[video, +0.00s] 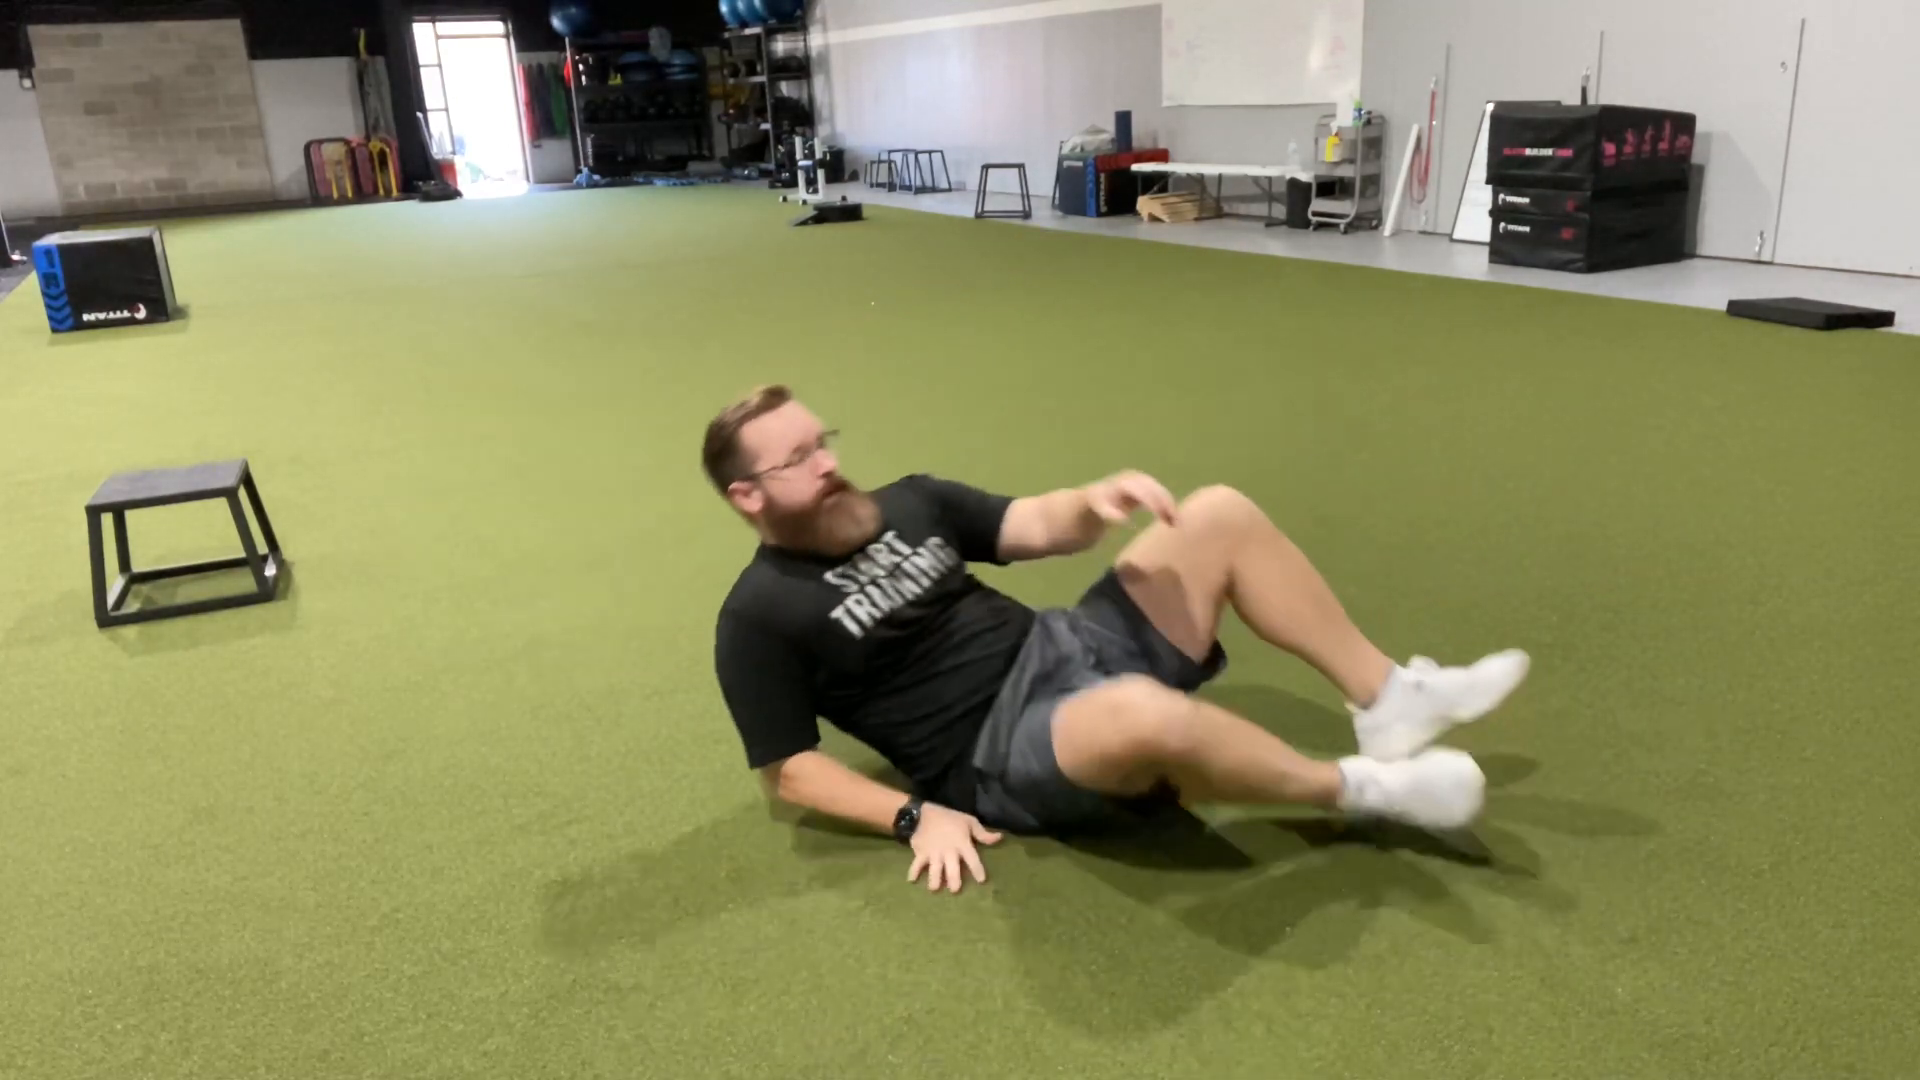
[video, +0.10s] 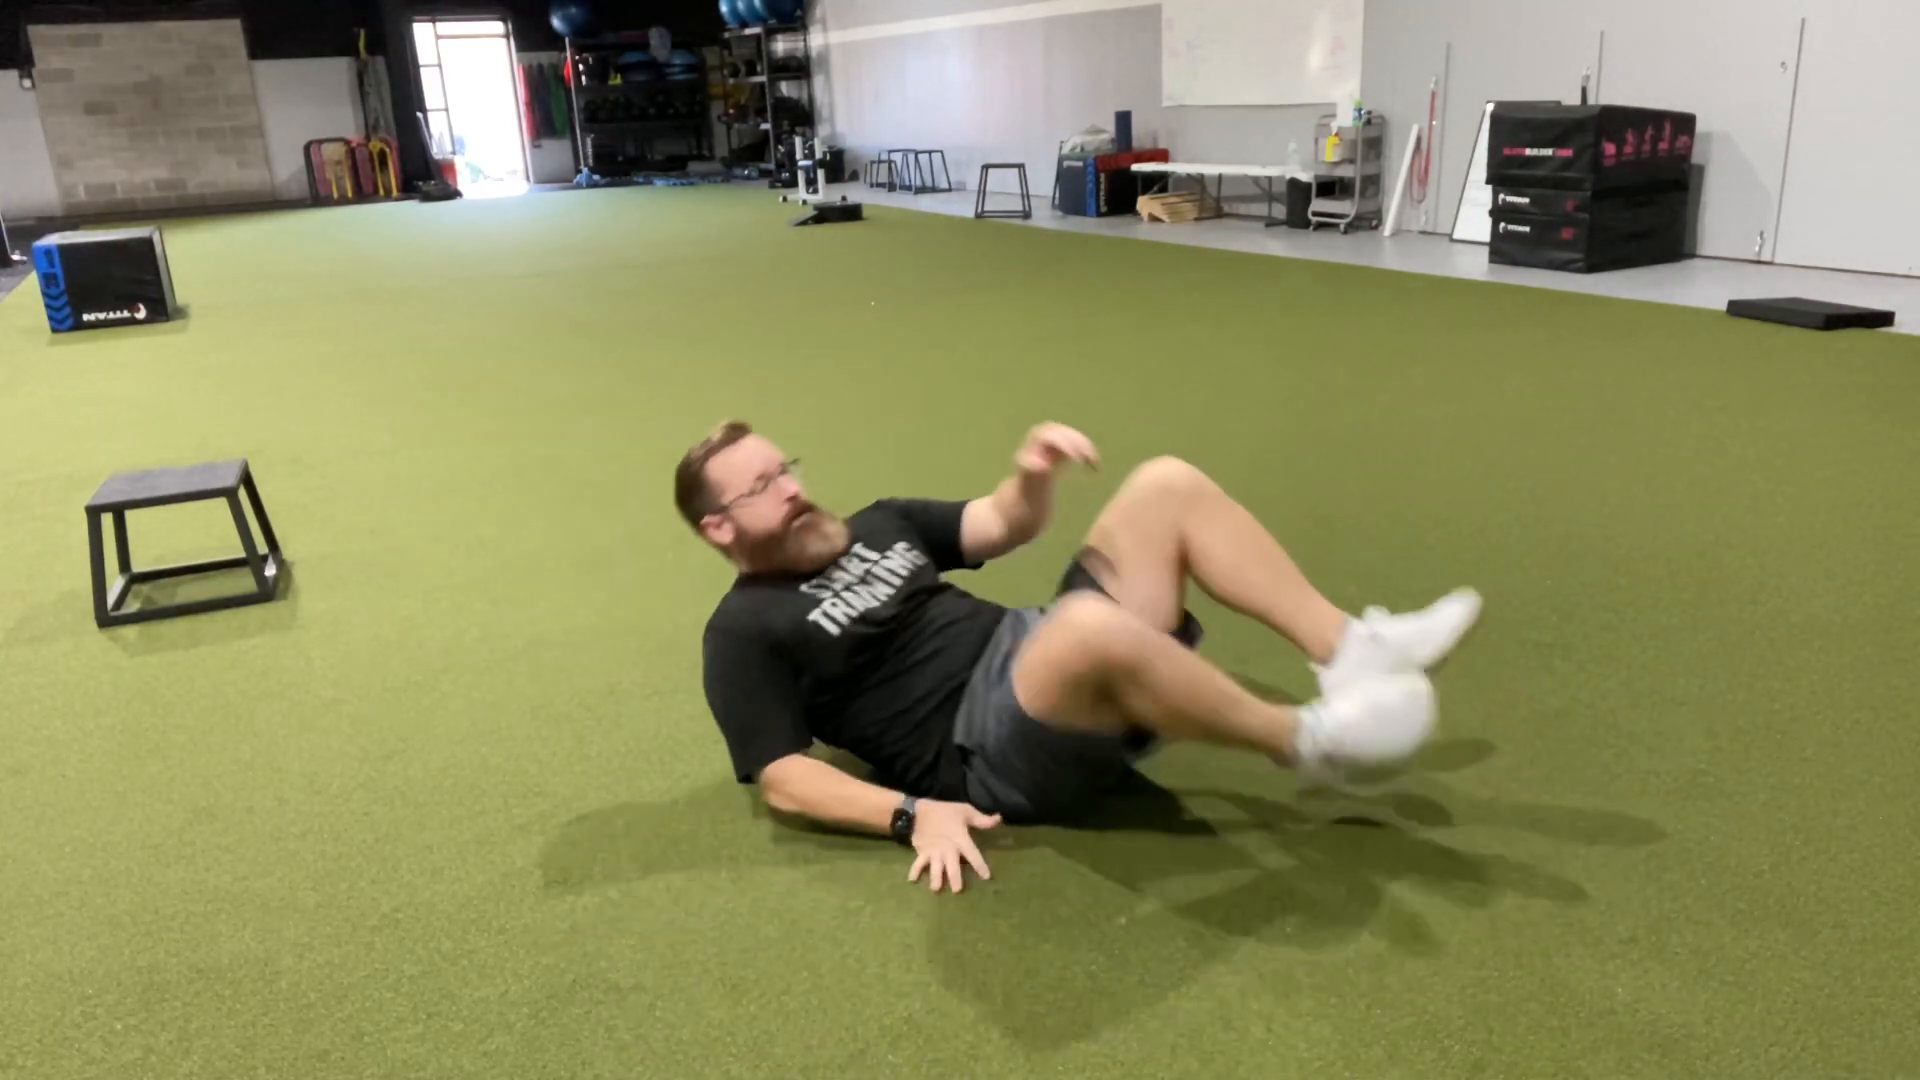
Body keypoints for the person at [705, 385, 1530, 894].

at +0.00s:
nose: (830, 463)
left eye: (824, 443)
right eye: (802, 458)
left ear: (833, 440)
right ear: (748, 499)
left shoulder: (910, 503)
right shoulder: (758, 620)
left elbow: (1032, 526)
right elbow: (788, 771)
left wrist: (1096, 501)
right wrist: (913, 812)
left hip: (1071, 643)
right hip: (1005, 742)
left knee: (1218, 514)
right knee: (1149, 717)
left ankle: (1388, 697)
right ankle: (1352, 791)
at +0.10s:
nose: (797, 489)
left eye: (789, 471)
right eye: (769, 486)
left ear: (799, 473)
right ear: (721, 530)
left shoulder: (879, 525)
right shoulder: (743, 636)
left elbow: (1002, 526)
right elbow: (783, 778)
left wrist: (1029, 479)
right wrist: (915, 812)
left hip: (1053, 650)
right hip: (988, 749)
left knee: (1167, 490)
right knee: (1094, 636)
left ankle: (1350, 648)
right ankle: (1305, 739)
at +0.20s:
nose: (765, 518)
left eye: (756, 502)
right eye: (735, 520)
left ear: (773, 505)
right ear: (700, 568)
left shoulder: (861, 554)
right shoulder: (731, 652)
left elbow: (976, 534)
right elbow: (778, 776)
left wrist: (971, 458)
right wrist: (910, 791)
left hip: (1061, 693)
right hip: (982, 760)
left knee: (1105, 456)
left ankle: (1295, 589)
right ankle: (1248, 665)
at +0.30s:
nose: (733, 540)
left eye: (725, 527)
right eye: (703, 550)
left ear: (752, 532)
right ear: (684, 602)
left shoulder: (854, 562)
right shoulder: (720, 667)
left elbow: (971, 565)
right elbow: (768, 769)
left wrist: (911, 457)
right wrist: (880, 729)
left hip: (1051, 672)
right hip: (978, 738)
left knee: (1045, 434)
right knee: (935, 488)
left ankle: (1225, 521)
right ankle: (1188, 576)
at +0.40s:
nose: (714, 564)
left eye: (710, 554)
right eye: (688, 577)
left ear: (736, 561)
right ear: (679, 631)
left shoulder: (828, 586)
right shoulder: (709, 684)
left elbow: (954, 542)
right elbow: (758, 761)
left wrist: (858, 447)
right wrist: (832, 663)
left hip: (1040, 645)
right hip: (967, 711)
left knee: (1001, 417)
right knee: (866, 457)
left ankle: (1165, 467)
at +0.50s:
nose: (709, 576)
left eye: (704, 571)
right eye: (684, 591)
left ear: (729, 581)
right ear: (674, 645)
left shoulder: (811, 614)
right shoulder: (701, 687)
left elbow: (917, 536)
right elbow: (742, 744)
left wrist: (823, 476)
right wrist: (787, 608)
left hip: (1030, 633)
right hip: (943, 679)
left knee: (977, 405)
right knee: (824, 437)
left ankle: (1119, 435)